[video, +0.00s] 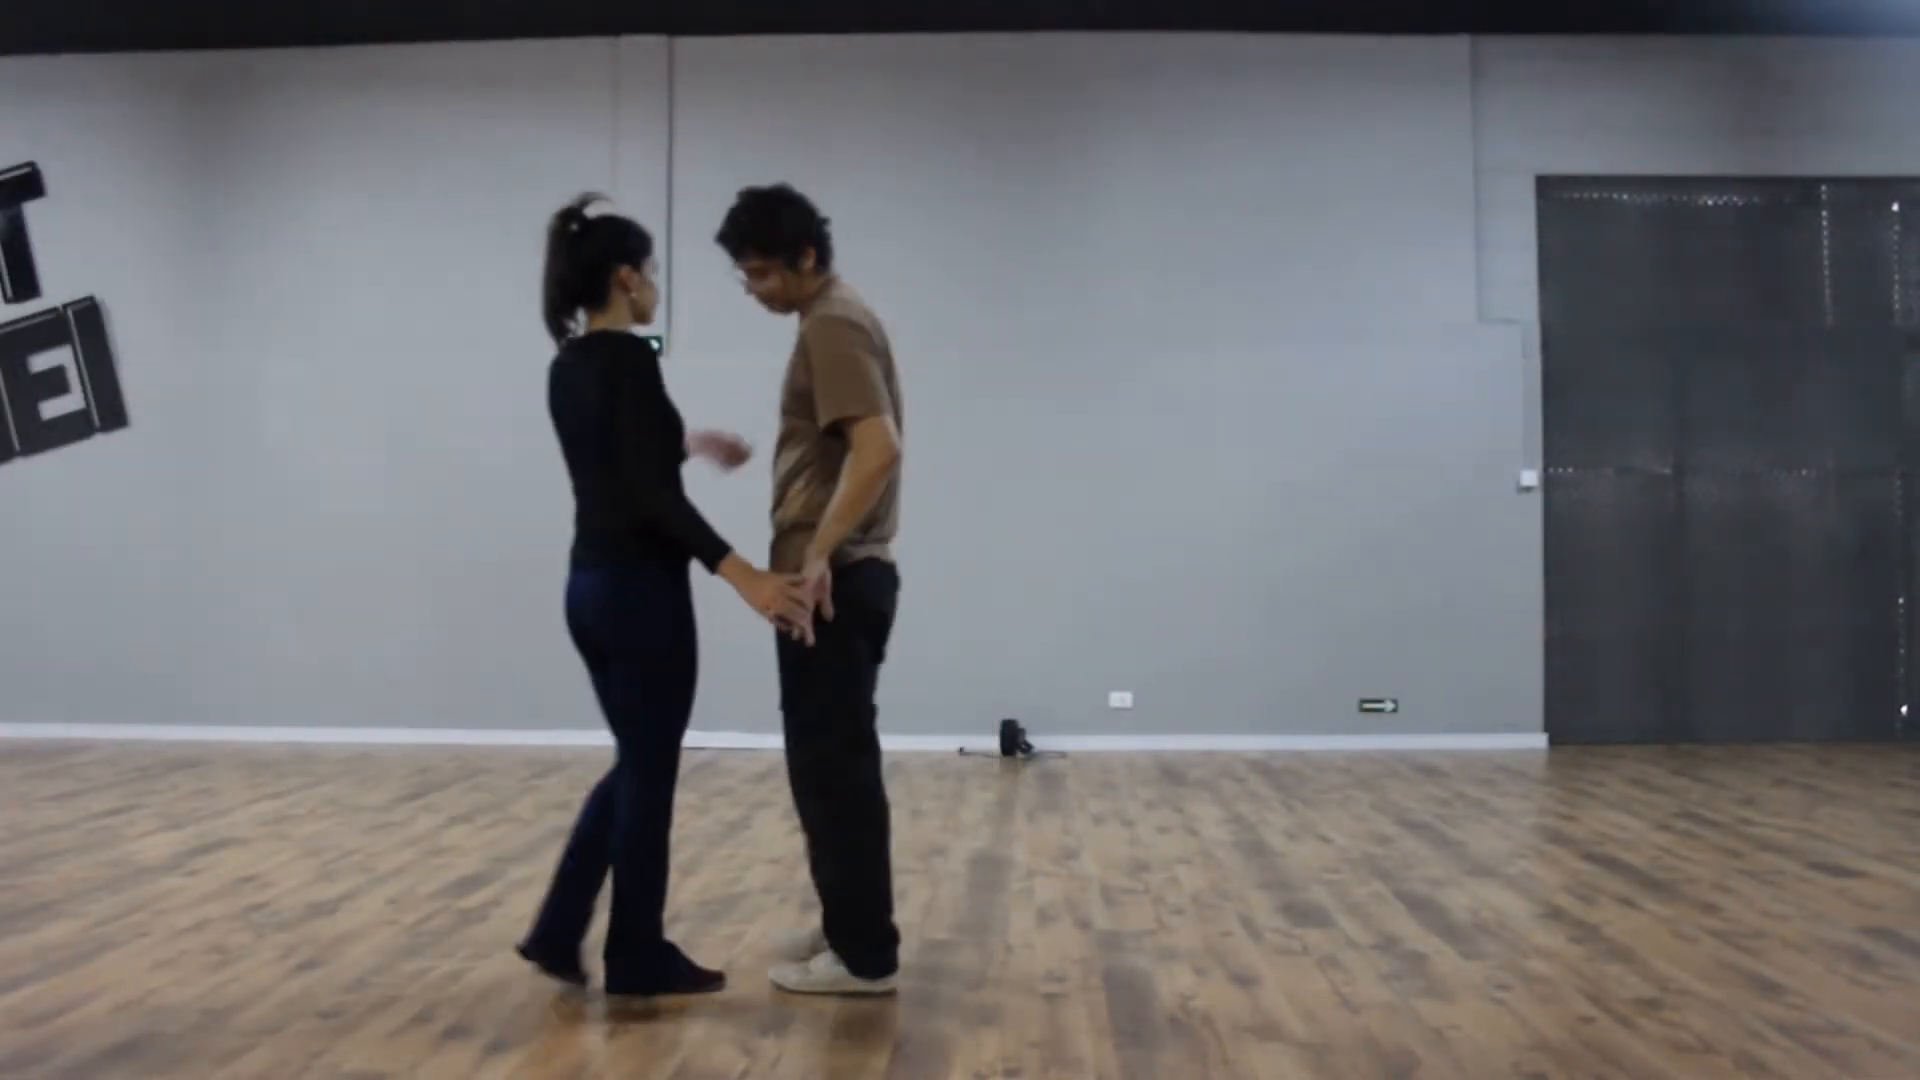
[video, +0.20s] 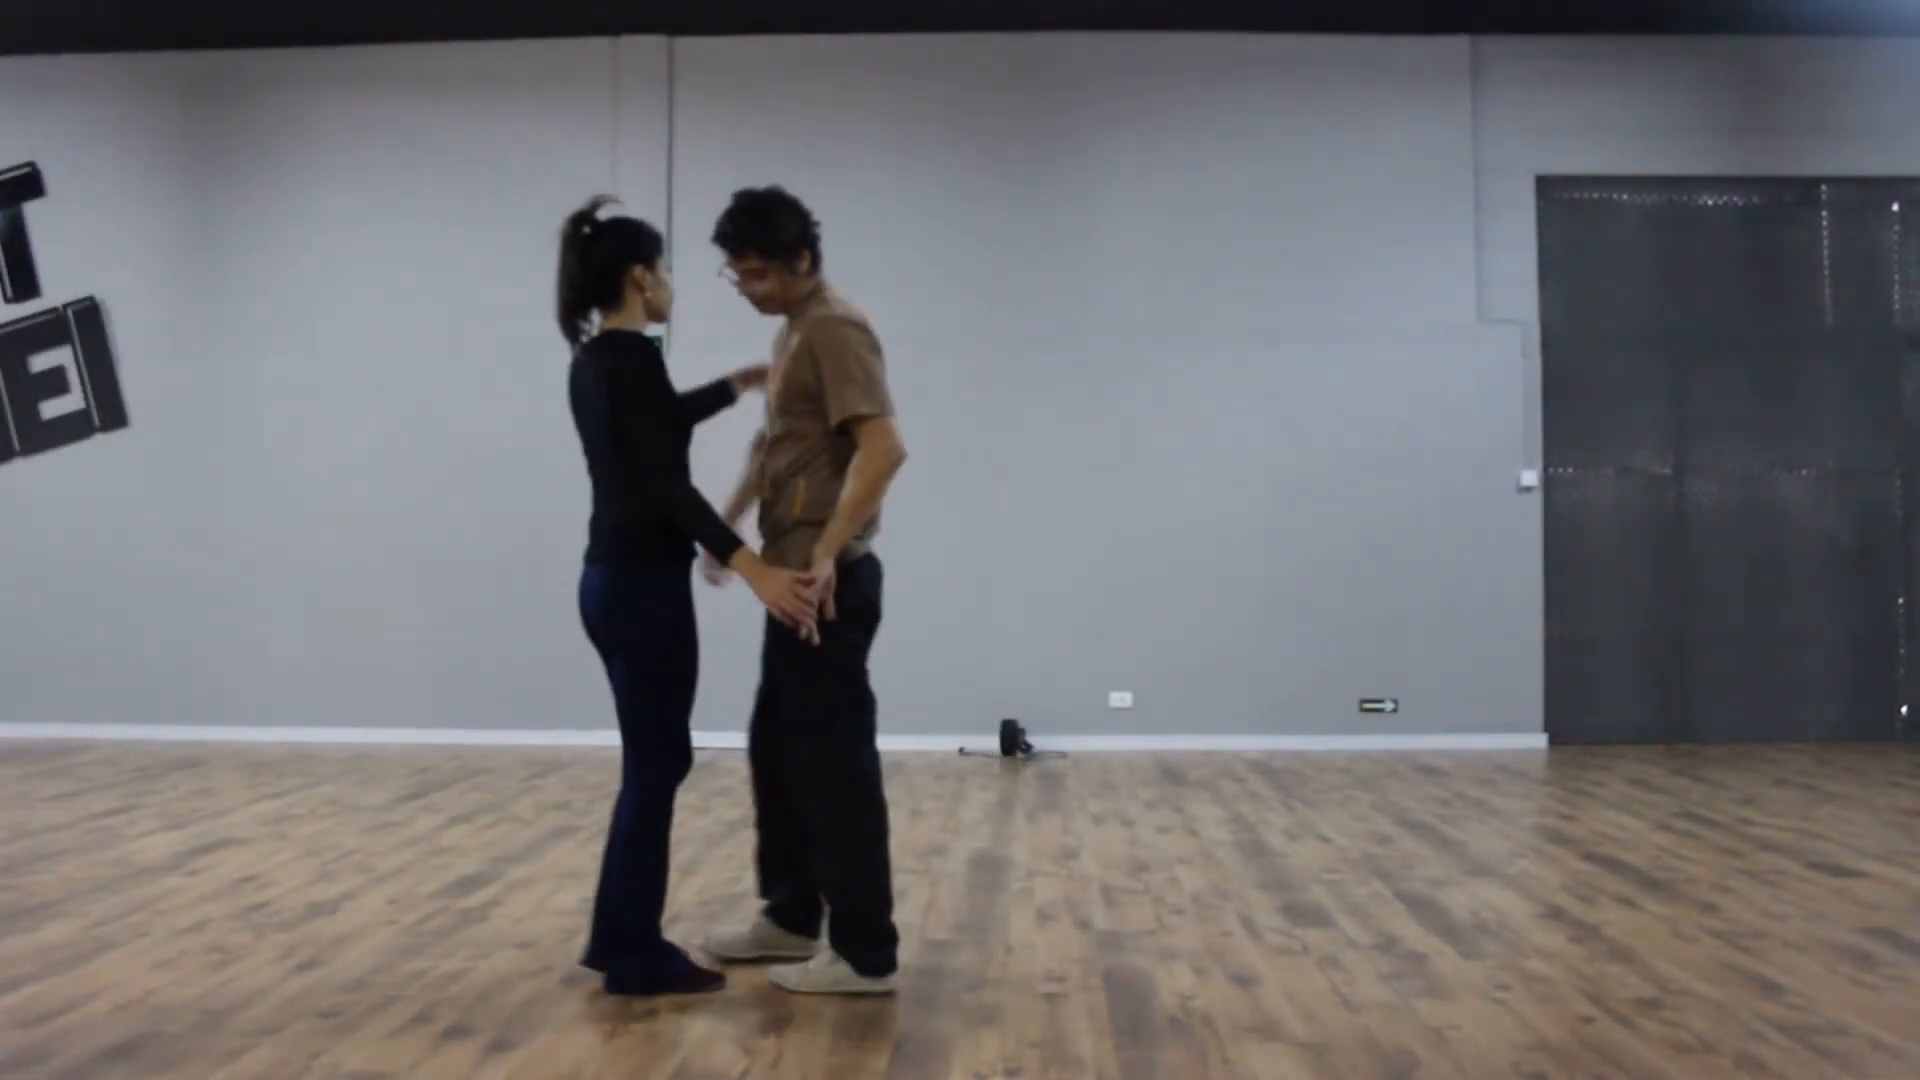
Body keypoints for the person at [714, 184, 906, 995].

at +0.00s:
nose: (750, 289)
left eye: (757, 273)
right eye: (745, 275)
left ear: (803, 259)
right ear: (797, 261)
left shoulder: (836, 327)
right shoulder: (831, 320)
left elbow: (876, 446)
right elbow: (860, 447)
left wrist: (818, 551)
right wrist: (805, 547)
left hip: (838, 579)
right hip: (832, 577)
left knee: (832, 764)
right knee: (829, 760)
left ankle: (864, 952)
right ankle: (848, 925)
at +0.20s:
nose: (742, 289)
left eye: (752, 274)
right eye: (736, 275)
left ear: (799, 262)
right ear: (763, 265)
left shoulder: (835, 331)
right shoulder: (798, 333)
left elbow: (882, 448)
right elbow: (776, 443)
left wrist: (825, 552)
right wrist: (727, 530)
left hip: (833, 577)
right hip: (796, 574)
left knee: (834, 758)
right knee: (777, 747)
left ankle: (865, 954)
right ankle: (791, 922)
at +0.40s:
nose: (733, 289)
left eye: (745, 275)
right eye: (727, 276)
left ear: (789, 263)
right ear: (731, 268)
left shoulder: (828, 331)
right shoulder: (759, 339)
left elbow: (880, 443)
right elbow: (729, 418)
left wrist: (827, 547)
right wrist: (679, 471)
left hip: (815, 578)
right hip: (765, 573)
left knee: (822, 756)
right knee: (754, 749)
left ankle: (864, 947)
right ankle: (775, 921)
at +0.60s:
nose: (725, 276)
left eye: (739, 261)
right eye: (714, 264)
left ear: (776, 259)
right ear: (705, 266)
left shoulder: (813, 327)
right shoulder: (718, 350)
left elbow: (865, 433)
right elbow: (652, 430)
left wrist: (822, 531)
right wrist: (560, 475)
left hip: (796, 569)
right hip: (740, 568)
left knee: (791, 750)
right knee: (740, 748)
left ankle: (858, 940)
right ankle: (775, 923)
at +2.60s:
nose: (754, 264)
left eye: (765, 246)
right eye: (738, 253)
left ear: (798, 249)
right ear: (728, 267)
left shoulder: (843, 326)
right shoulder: (735, 349)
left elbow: (942, 396)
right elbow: (646, 450)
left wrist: (926, 511)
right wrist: (666, 432)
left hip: (841, 587)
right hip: (761, 589)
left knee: (833, 767)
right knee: (756, 761)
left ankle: (822, 942)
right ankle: (773, 922)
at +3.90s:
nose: (732, 268)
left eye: (743, 252)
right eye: (717, 260)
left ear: (774, 255)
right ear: (706, 275)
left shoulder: (821, 335)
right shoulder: (715, 352)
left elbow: (890, 433)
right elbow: (626, 438)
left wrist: (851, 515)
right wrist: (640, 436)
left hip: (806, 580)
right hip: (737, 581)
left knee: (804, 757)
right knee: (745, 759)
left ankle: (827, 936)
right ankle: (774, 922)